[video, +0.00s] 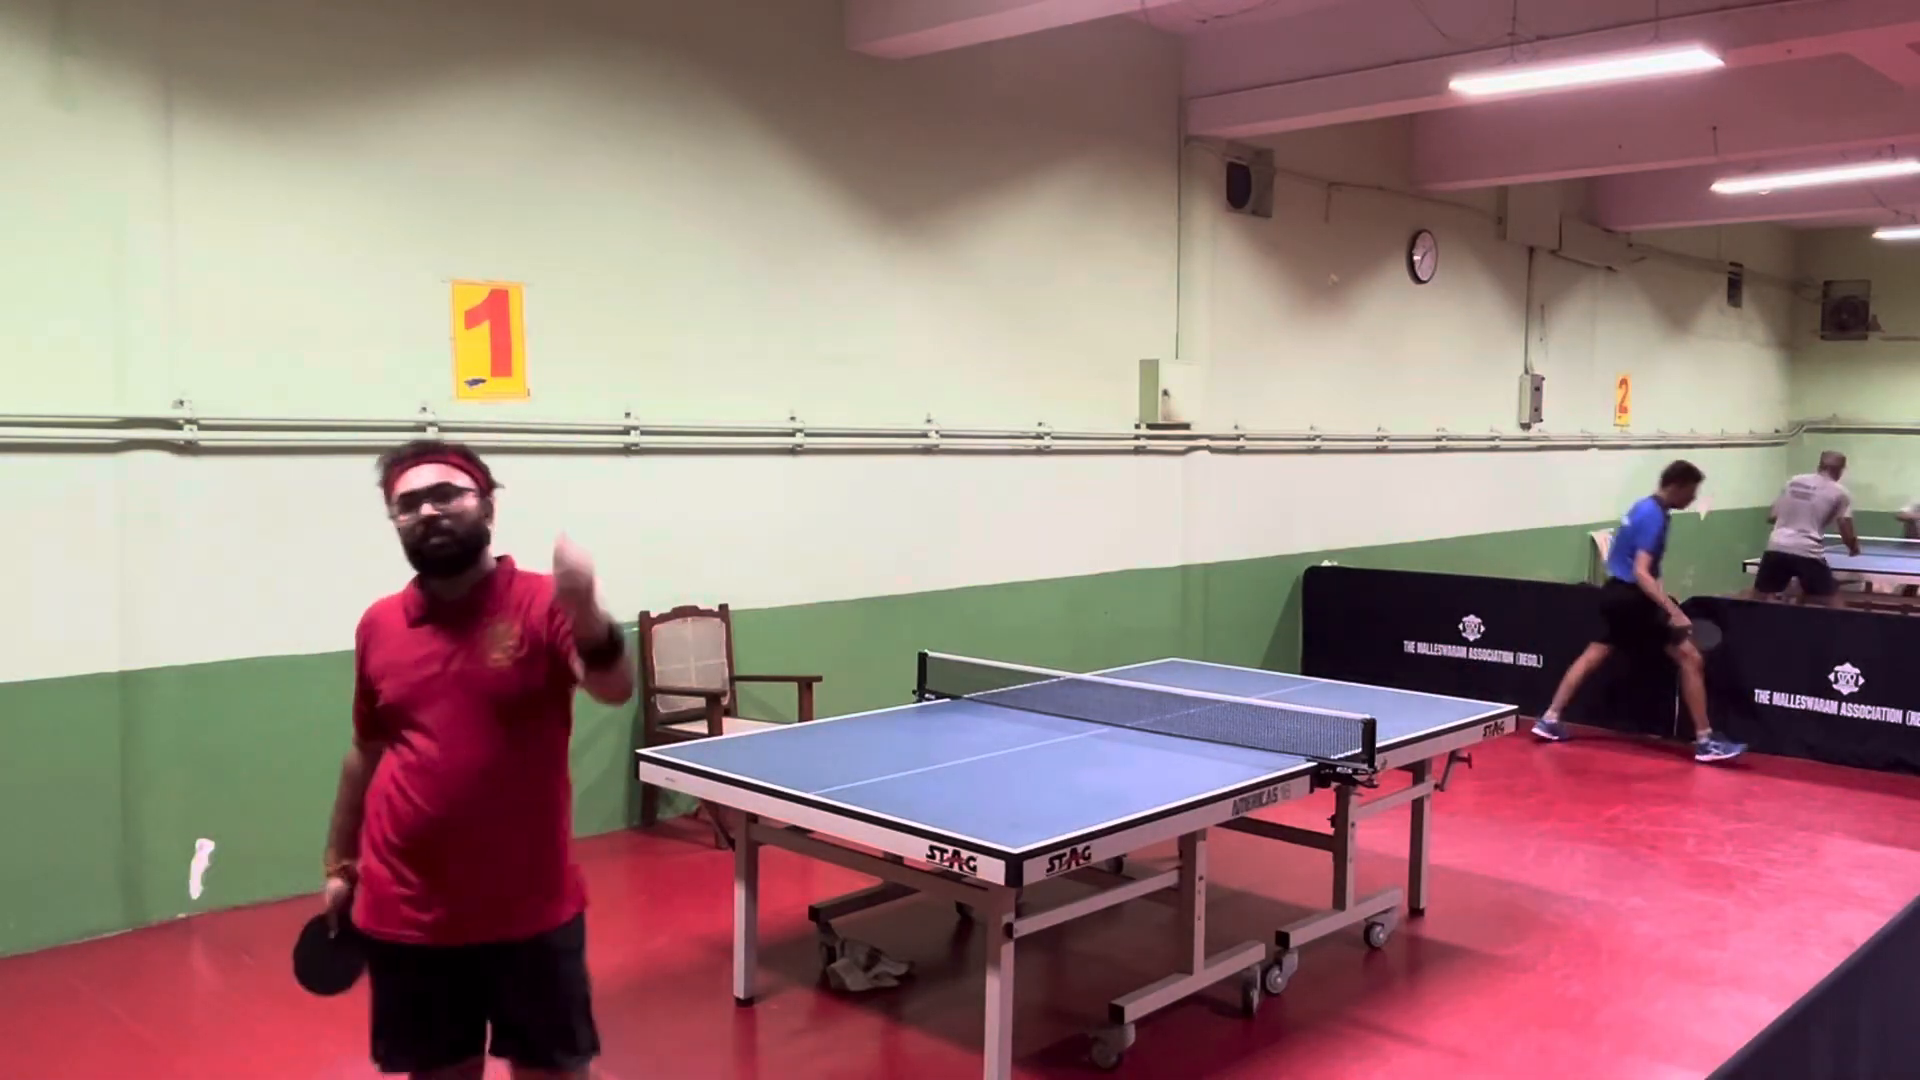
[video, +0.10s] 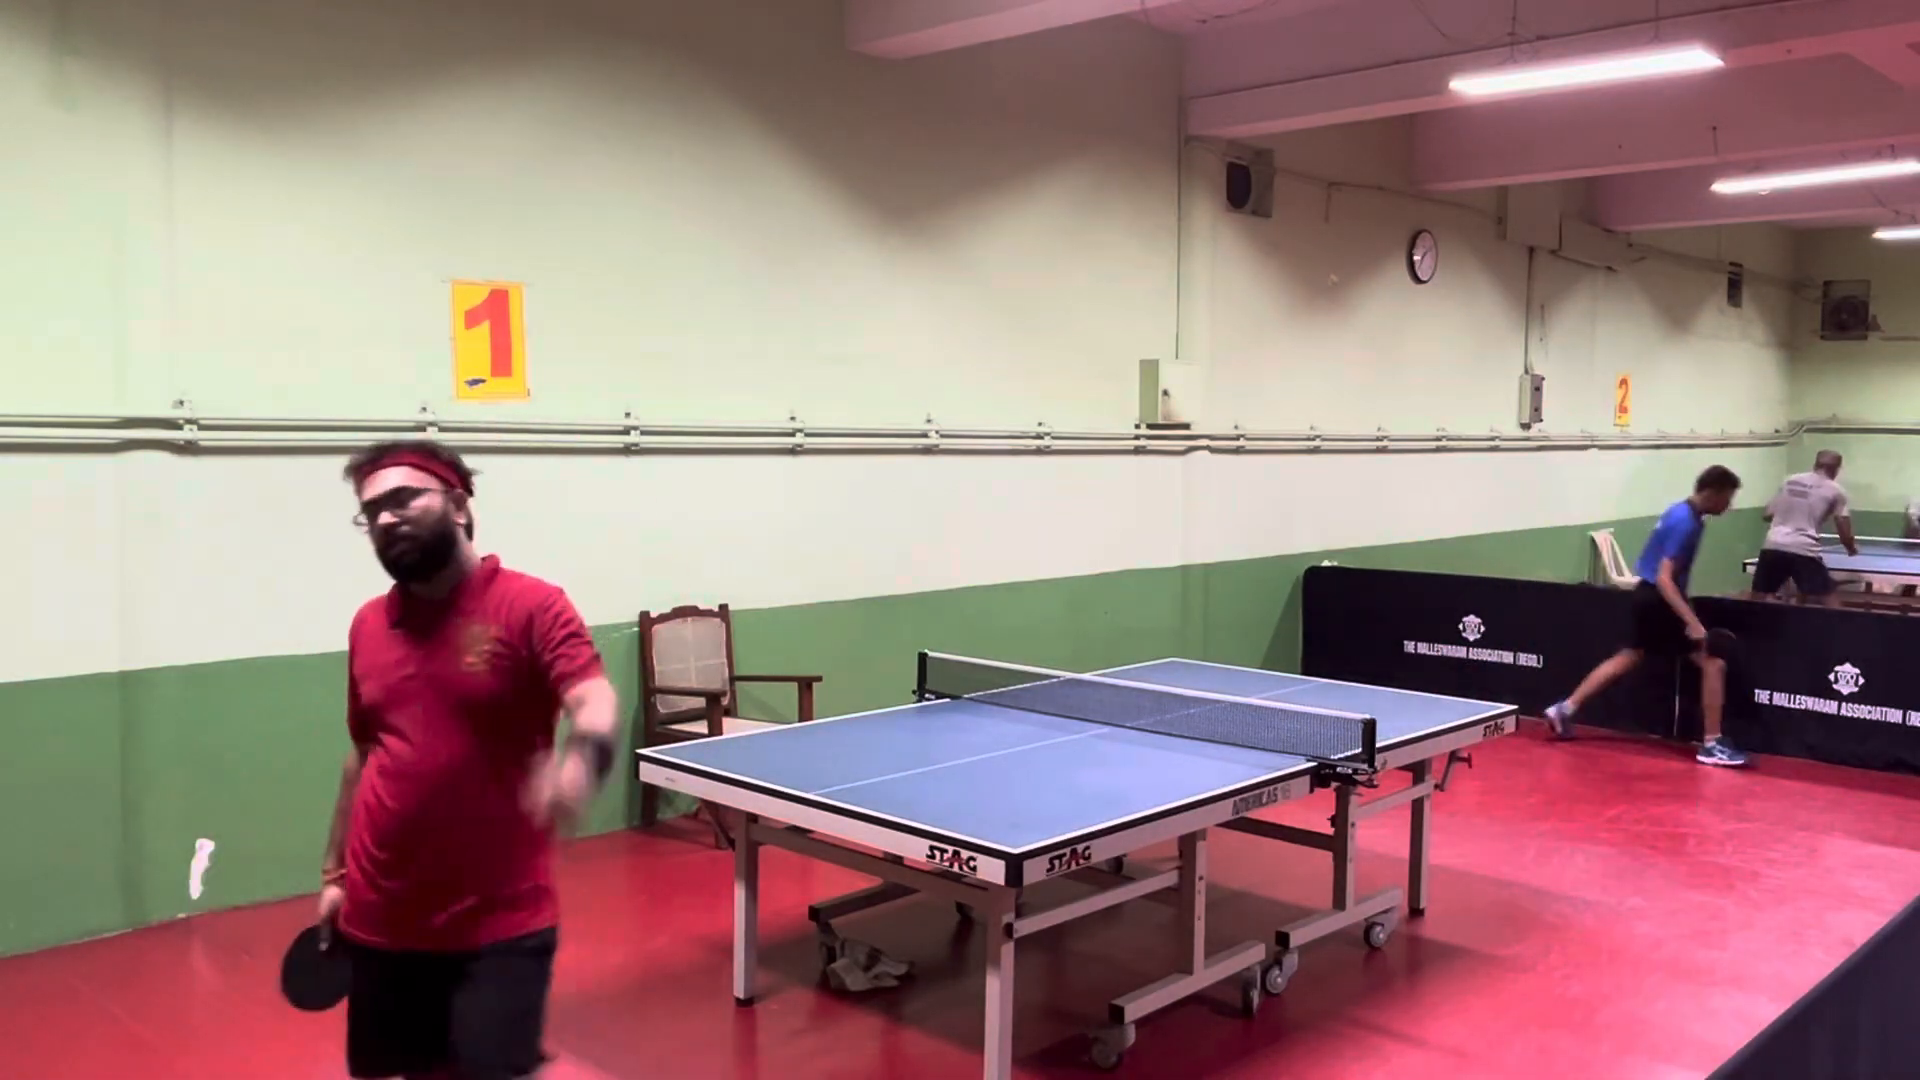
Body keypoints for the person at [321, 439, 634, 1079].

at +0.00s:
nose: (430, 511)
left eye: (448, 494)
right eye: (410, 502)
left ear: (489, 505)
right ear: (394, 526)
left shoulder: (543, 600)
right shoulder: (381, 625)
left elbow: (615, 687)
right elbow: (366, 749)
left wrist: (591, 626)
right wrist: (341, 866)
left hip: (530, 901)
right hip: (410, 911)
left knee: (554, 1068)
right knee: (439, 1070)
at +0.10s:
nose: (385, 519)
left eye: (403, 499)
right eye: (372, 512)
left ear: (459, 506)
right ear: (365, 531)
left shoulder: (531, 607)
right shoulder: (370, 625)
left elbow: (597, 706)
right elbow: (363, 752)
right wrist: (336, 873)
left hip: (500, 910)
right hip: (387, 913)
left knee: (492, 1068)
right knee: (382, 1069)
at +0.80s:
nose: (130, 581)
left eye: (137, 552)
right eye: (123, 559)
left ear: (200, 533)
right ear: (202, 535)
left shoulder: (283, 626)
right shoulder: (251, 621)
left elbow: (206, 790)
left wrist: (113, 704)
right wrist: (120, 706)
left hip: (266, 993)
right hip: (202, 976)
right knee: (126, 1073)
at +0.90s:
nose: (95, 583)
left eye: (102, 556)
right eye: (88, 561)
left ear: (162, 540)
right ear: (169, 539)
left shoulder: (210, 635)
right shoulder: (291, 622)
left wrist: (68, 668)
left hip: (217, 991)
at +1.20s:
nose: (74, 546)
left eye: (73, 530)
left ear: (85, 534)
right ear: (182, 528)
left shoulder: (63, 639)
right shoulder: (264, 632)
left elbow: (2, 765)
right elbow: (313, 763)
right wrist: (319, 881)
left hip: (97, 975)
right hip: (231, 958)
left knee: (39, 1066)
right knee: (185, 1069)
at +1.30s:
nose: (201, 518)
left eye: (196, 504)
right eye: (198, 506)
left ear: (92, 528)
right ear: (188, 521)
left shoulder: (35, 638)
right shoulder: (257, 633)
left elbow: (4, 753)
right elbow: (310, 764)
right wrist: (316, 873)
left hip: (66, 953)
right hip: (204, 952)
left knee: (27, 1063)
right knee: (182, 1067)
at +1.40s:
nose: (214, 515)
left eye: (211, 501)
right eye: (208, 502)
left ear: (104, 519)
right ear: (185, 518)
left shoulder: (28, 628)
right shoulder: (253, 627)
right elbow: (300, 759)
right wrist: (301, 847)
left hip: (60, 923)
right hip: (197, 929)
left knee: (16, 1060)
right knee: (180, 1069)